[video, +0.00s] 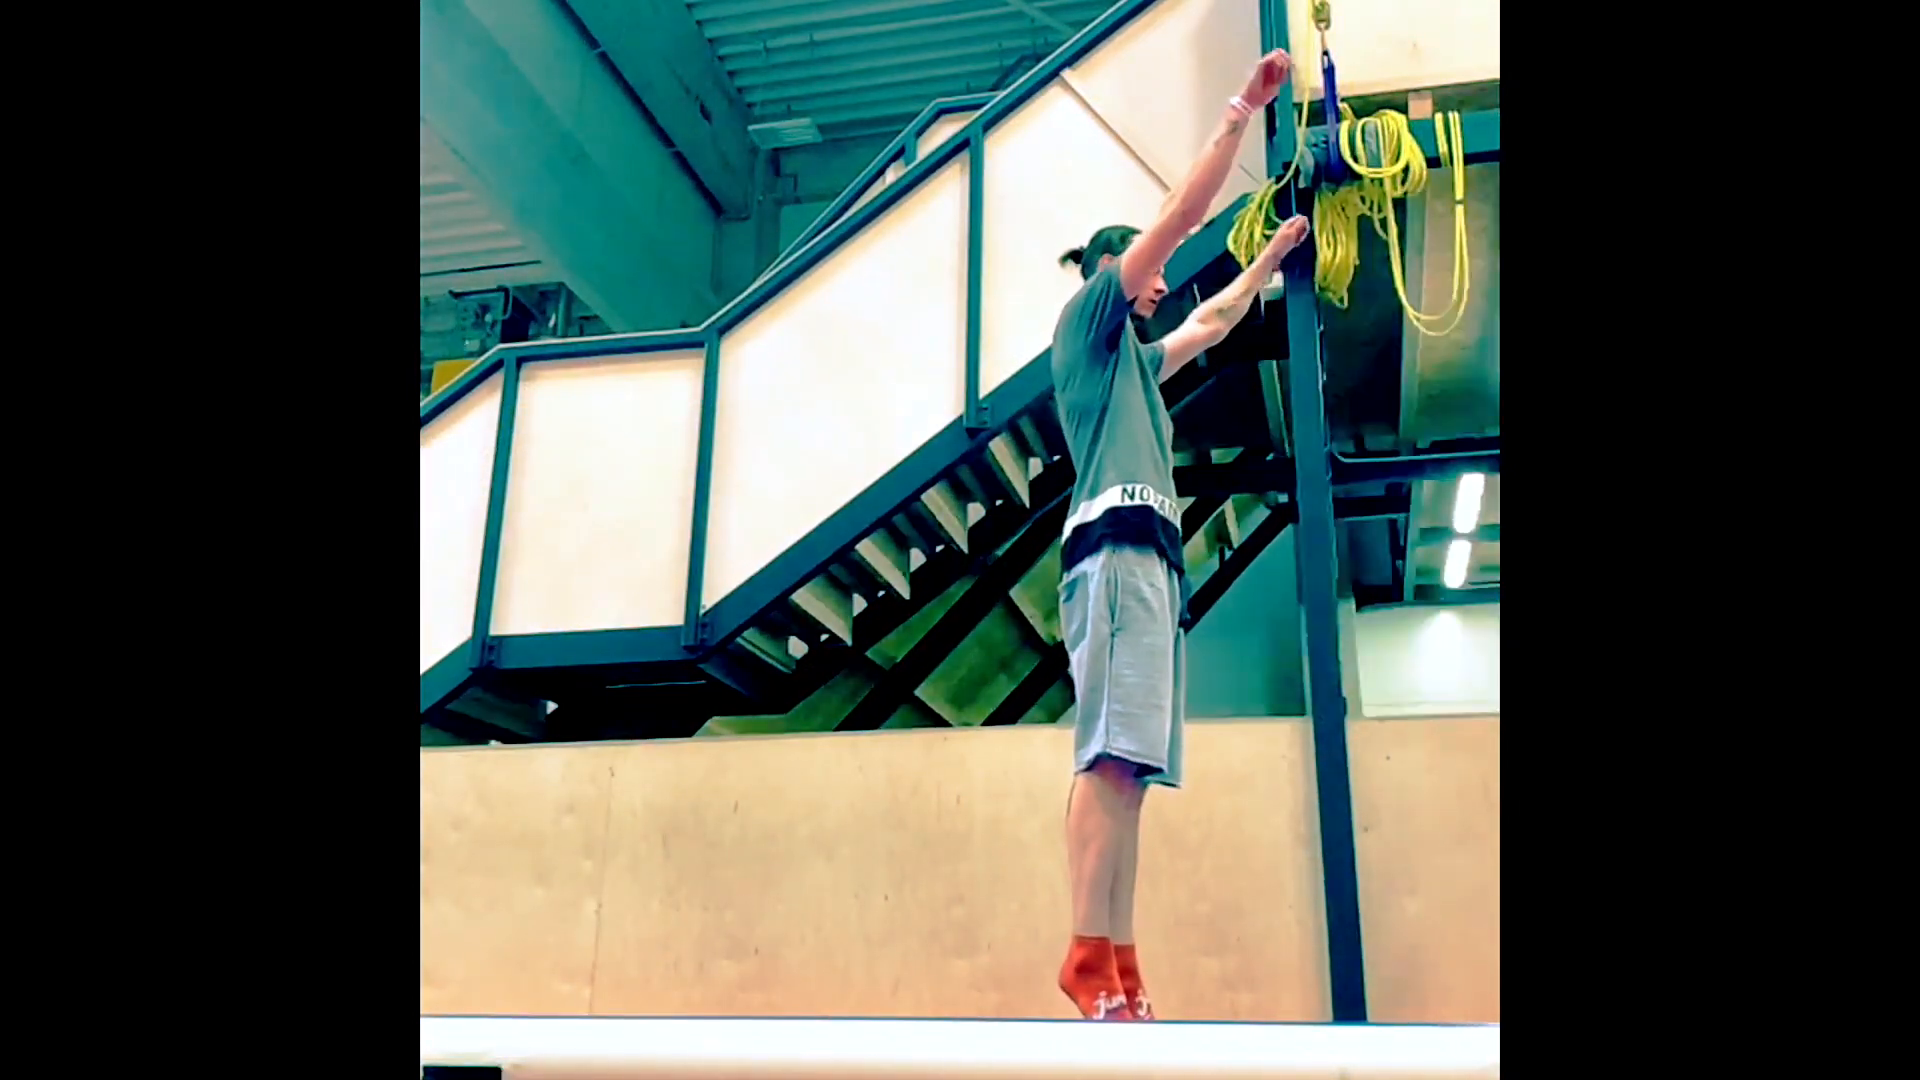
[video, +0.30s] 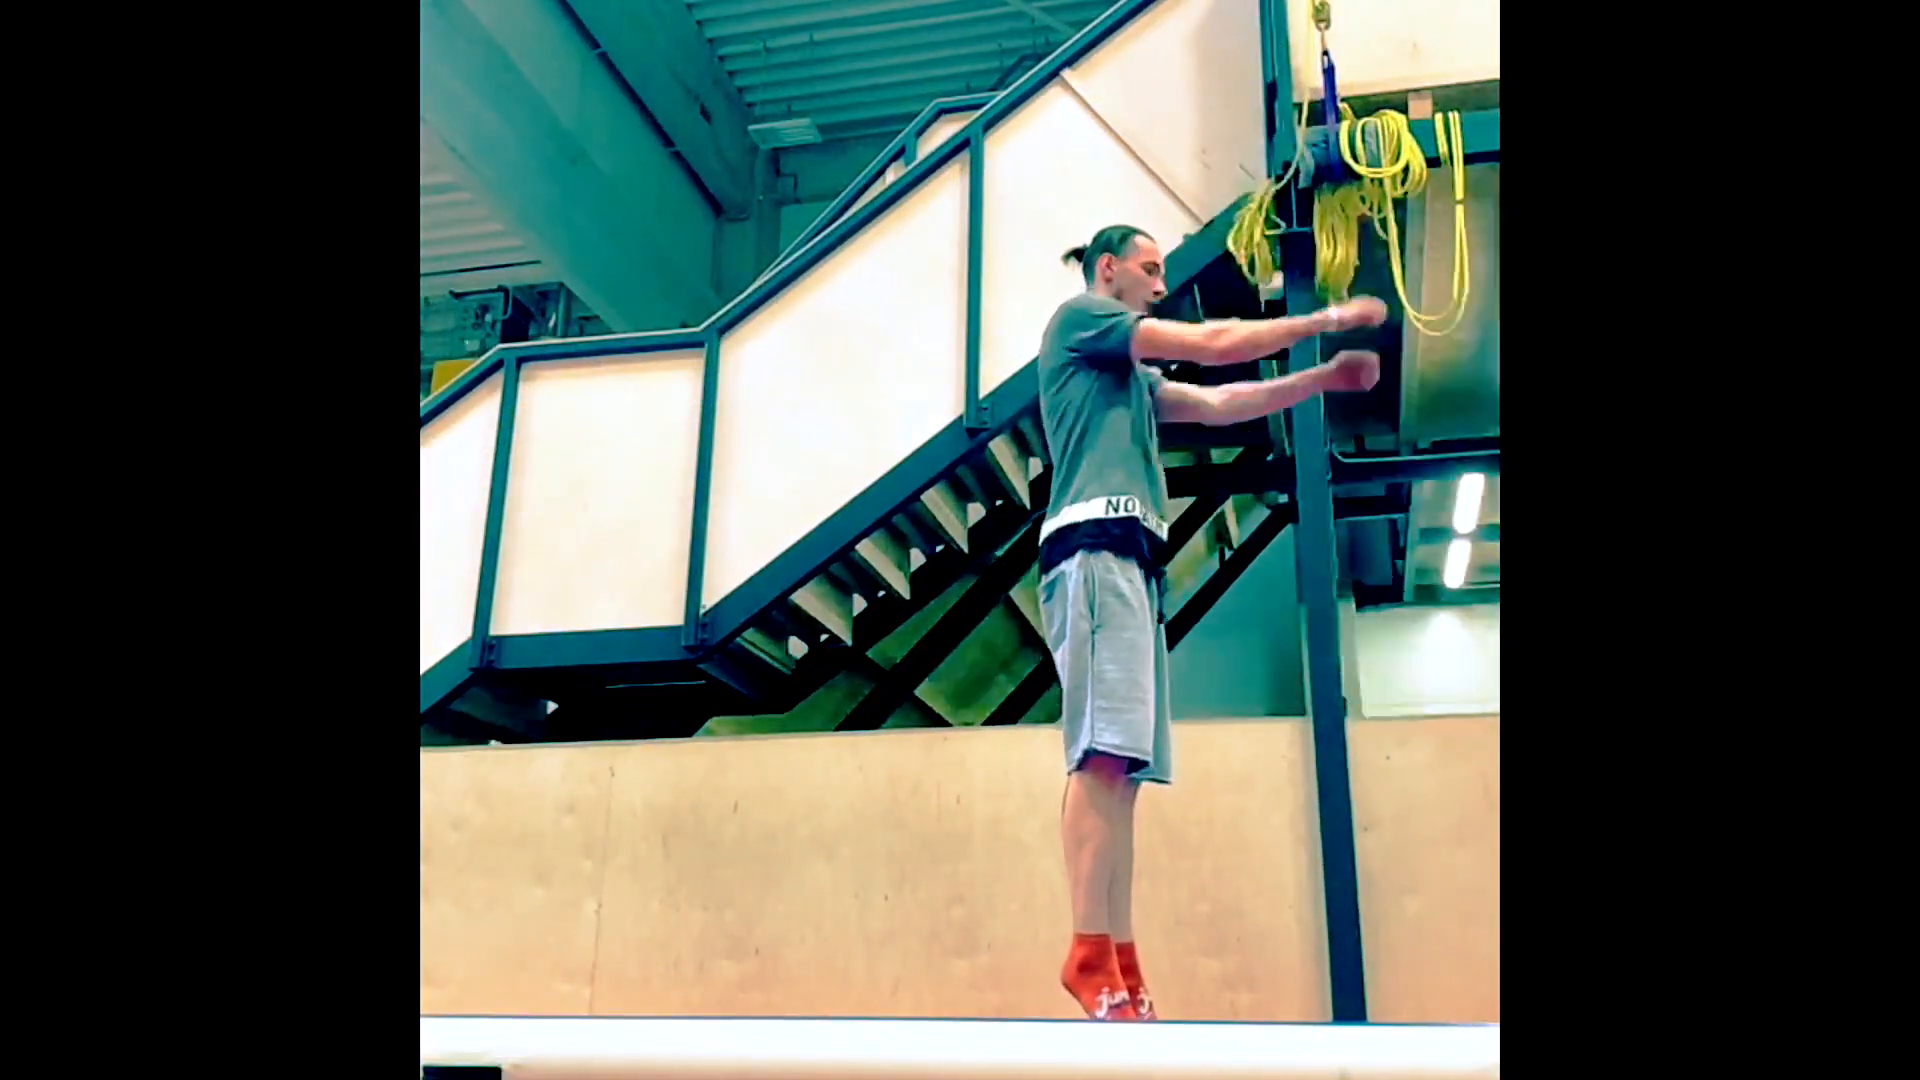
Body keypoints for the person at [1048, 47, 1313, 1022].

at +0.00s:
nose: (1148, 277)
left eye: (1147, 270)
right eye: (1135, 263)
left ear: (1124, 283)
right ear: (1102, 266)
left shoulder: (1131, 359)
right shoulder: (1089, 318)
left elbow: (1210, 323)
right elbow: (1179, 215)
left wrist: (1266, 261)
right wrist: (1242, 109)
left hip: (1145, 560)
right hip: (1118, 550)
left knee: (1130, 765)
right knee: (1112, 759)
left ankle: (1118, 963)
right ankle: (1086, 958)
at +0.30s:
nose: (1164, 283)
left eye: (1163, 272)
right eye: (1152, 268)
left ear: (1128, 276)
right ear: (1106, 268)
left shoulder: (1128, 371)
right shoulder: (1076, 321)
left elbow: (1222, 405)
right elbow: (1213, 343)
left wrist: (1326, 373)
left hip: (1129, 565)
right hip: (1093, 555)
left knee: (1121, 766)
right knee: (1102, 760)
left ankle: (1119, 960)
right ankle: (1088, 955)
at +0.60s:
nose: (1256, 452)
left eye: (1257, 439)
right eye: (1246, 435)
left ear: (1210, 438)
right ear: (1200, 430)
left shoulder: (1155, 490)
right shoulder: (1140, 455)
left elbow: (1071, 476)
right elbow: (1006, 389)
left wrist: (1039, 443)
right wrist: (913, 333)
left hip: (1038, 655)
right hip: (1016, 653)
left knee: (1152, 805)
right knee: (1157, 795)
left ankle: (1093, 987)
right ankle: (1074, 987)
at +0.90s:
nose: (1126, 449)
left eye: (1125, 438)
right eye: (1113, 434)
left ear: (1083, 445)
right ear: (1068, 440)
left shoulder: (1080, 538)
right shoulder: (1030, 514)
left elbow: (1130, 652)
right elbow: (1113, 621)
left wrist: (1223, 708)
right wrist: (1217, 681)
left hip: (1044, 727)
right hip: (1003, 726)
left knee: (1200, 839)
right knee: (1169, 832)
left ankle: (1102, 1004)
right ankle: (1077, 1003)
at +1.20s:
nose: (985, 340)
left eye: (980, 337)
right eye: (970, 340)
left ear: (983, 375)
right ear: (952, 376)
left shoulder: (1020, 428)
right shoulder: (972, 421)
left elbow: (1071, 346)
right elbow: (1020, 286)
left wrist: (1077, 251)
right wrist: (1028, 202)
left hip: (1052, 647)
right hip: (1013, 644)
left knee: (1179, 812)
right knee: (1132, 797)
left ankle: (1107, 993)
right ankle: (1075, 993)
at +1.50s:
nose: (944, 321)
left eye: (937, 321)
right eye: (931, 322)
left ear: (928, 353)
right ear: (921, 343)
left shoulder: (990, 387)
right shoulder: (945, 376)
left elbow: (1000, 327)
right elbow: (936, 238)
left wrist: (1000, 246)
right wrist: (918, 166)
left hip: (1077, 593)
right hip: (1039, 591)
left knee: (1166, 784)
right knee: (1111, 771)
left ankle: (1118, 971)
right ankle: (1083, 971)